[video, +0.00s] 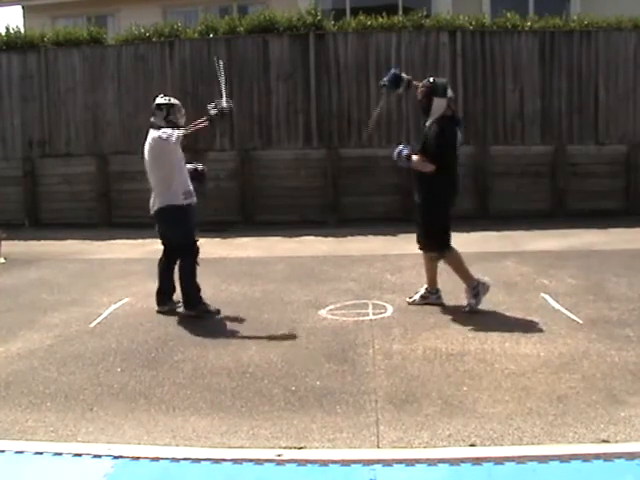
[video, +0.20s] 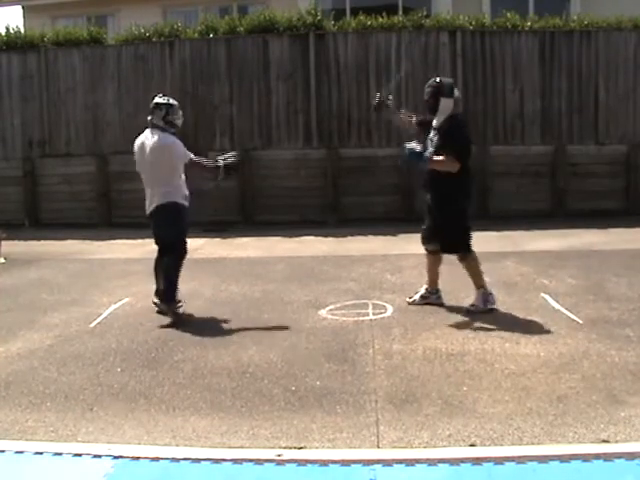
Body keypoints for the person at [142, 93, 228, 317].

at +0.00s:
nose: (181, 119)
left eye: (180, 115)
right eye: (178, 115)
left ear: (158, 116)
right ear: (170, 116)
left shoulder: (152, 139)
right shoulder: (163, 137)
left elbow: (165, 168)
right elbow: (185, 133)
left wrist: (187, 170)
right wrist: (210, 119)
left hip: (163, 206)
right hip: (177, 205)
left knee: (170, 252)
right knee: (189, 252)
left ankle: (164, 299)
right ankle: (193, 302)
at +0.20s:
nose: (178, 120)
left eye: (177, 116)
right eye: (175, 116)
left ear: (153, 116)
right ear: (168, 117)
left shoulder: (139, 143)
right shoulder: (170, 142)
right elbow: (193, 162)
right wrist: (218, 165)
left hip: (153, 204)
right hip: (173, 203)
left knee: (163, 249)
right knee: (176, 250)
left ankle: (161, 292)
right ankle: (168, 299)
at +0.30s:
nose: (177, 123)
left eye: (177, 118)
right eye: (175, 118)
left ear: (153, 117)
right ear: (168, 119)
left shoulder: (136, 142)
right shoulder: (174, 144)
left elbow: (135, 173)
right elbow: (191, 174)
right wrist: (210, 190)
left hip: (150, 207)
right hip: (173, 204)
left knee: (161, 250)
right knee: (173, 251)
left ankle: (162, 294)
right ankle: (164, 299)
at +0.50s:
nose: (177, 123)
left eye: (177, 119)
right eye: (175, 119)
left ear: (154, 117)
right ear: (168, 119)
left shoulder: (135, 142)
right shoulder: (175, 146)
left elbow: (131, 175)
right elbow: (188, 179)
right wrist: (205, 198)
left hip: (147, 206)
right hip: (171, 205)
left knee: (159, 250)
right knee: (173, 250)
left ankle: (162, 293)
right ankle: (165, 297)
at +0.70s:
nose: (177, 123)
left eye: (177, 118)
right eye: (175, 118)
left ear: (154, 118)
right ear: (167, 119)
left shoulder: (138, 142)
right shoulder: (168, 144)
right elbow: (184, 176)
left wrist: (203, 188)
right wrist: (208, 191)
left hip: (146, 207)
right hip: (166, 206)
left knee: (161, 251)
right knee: (180, 249)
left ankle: (162, 293)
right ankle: (164, 295)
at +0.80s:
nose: (177, 122)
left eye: (177, 117)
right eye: (174, 117)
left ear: (155, 117)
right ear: (166, 118)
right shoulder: (161, 143)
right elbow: (178, 175)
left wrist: (198, 185)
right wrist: (202, 187)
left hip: (151, 205)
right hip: (163, 205)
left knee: (164, 250)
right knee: (179, 248)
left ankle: (162, 296)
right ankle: (165, 297)